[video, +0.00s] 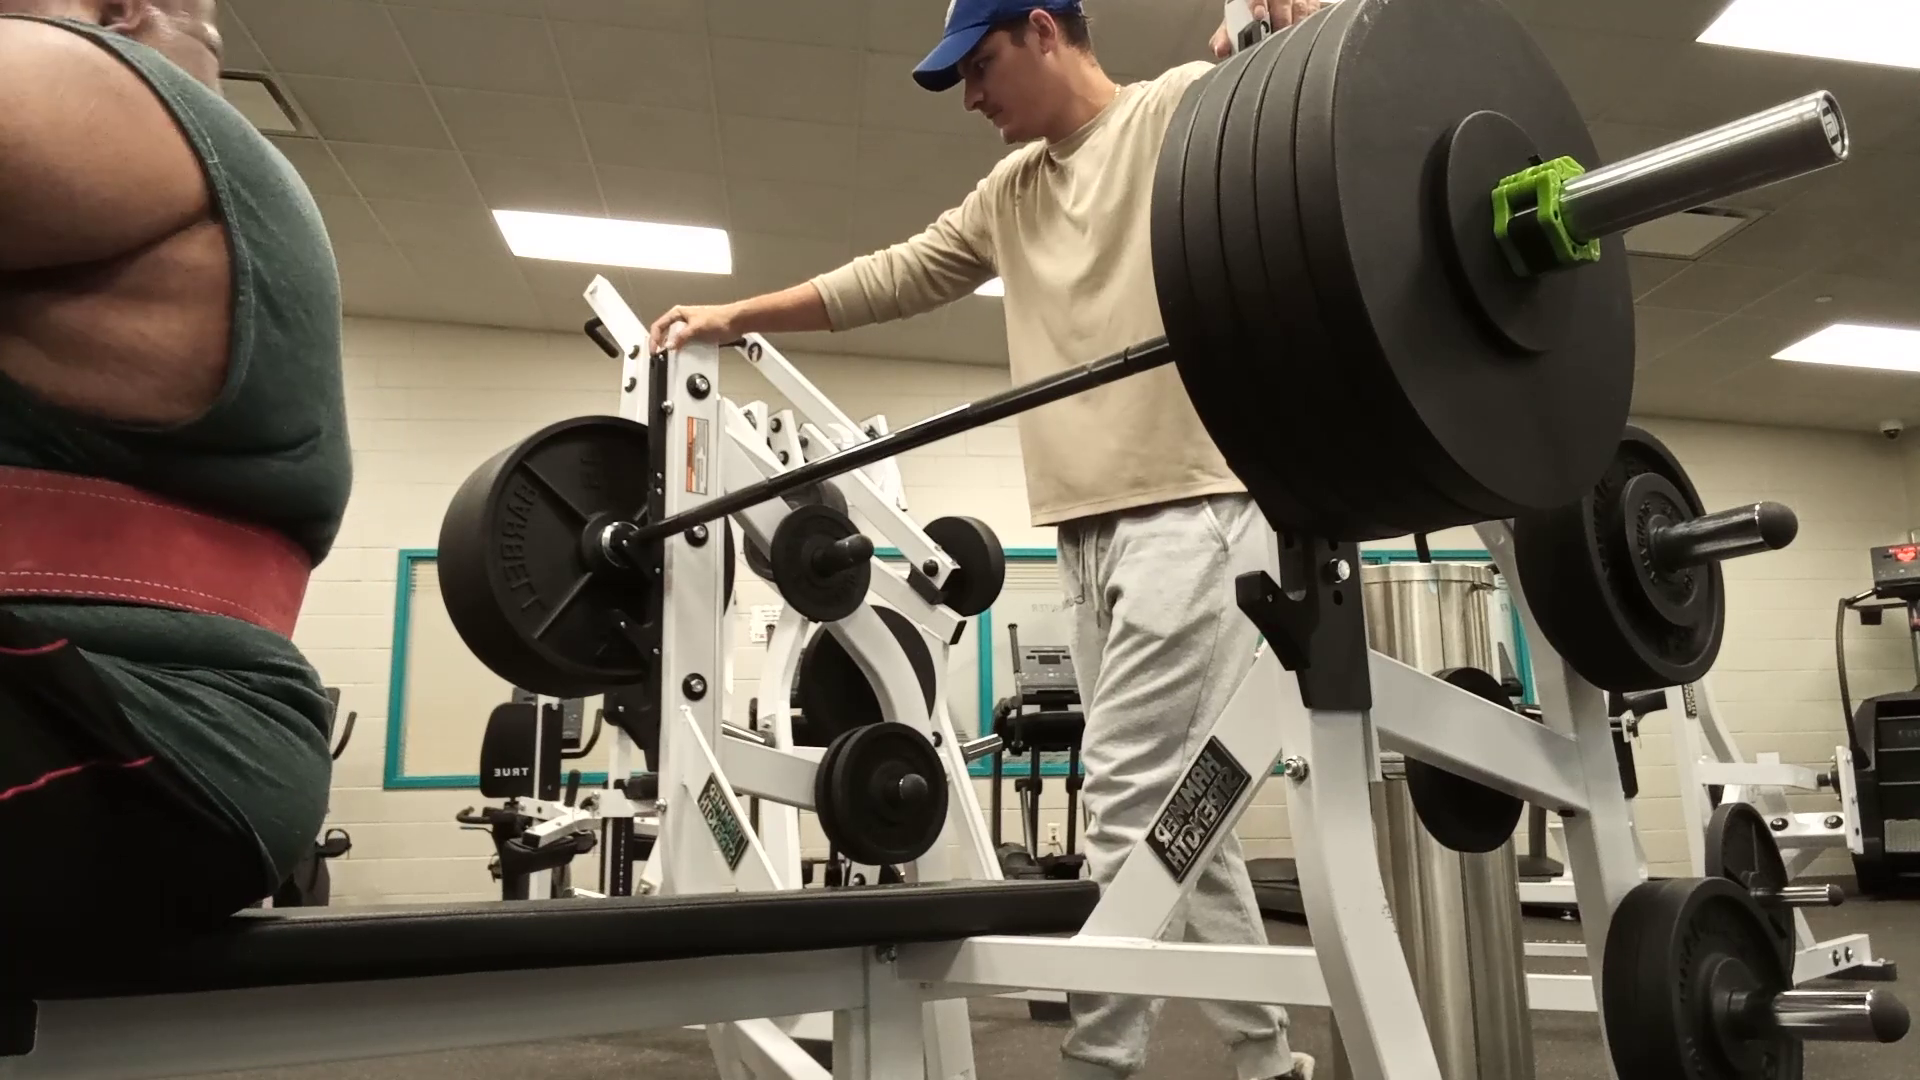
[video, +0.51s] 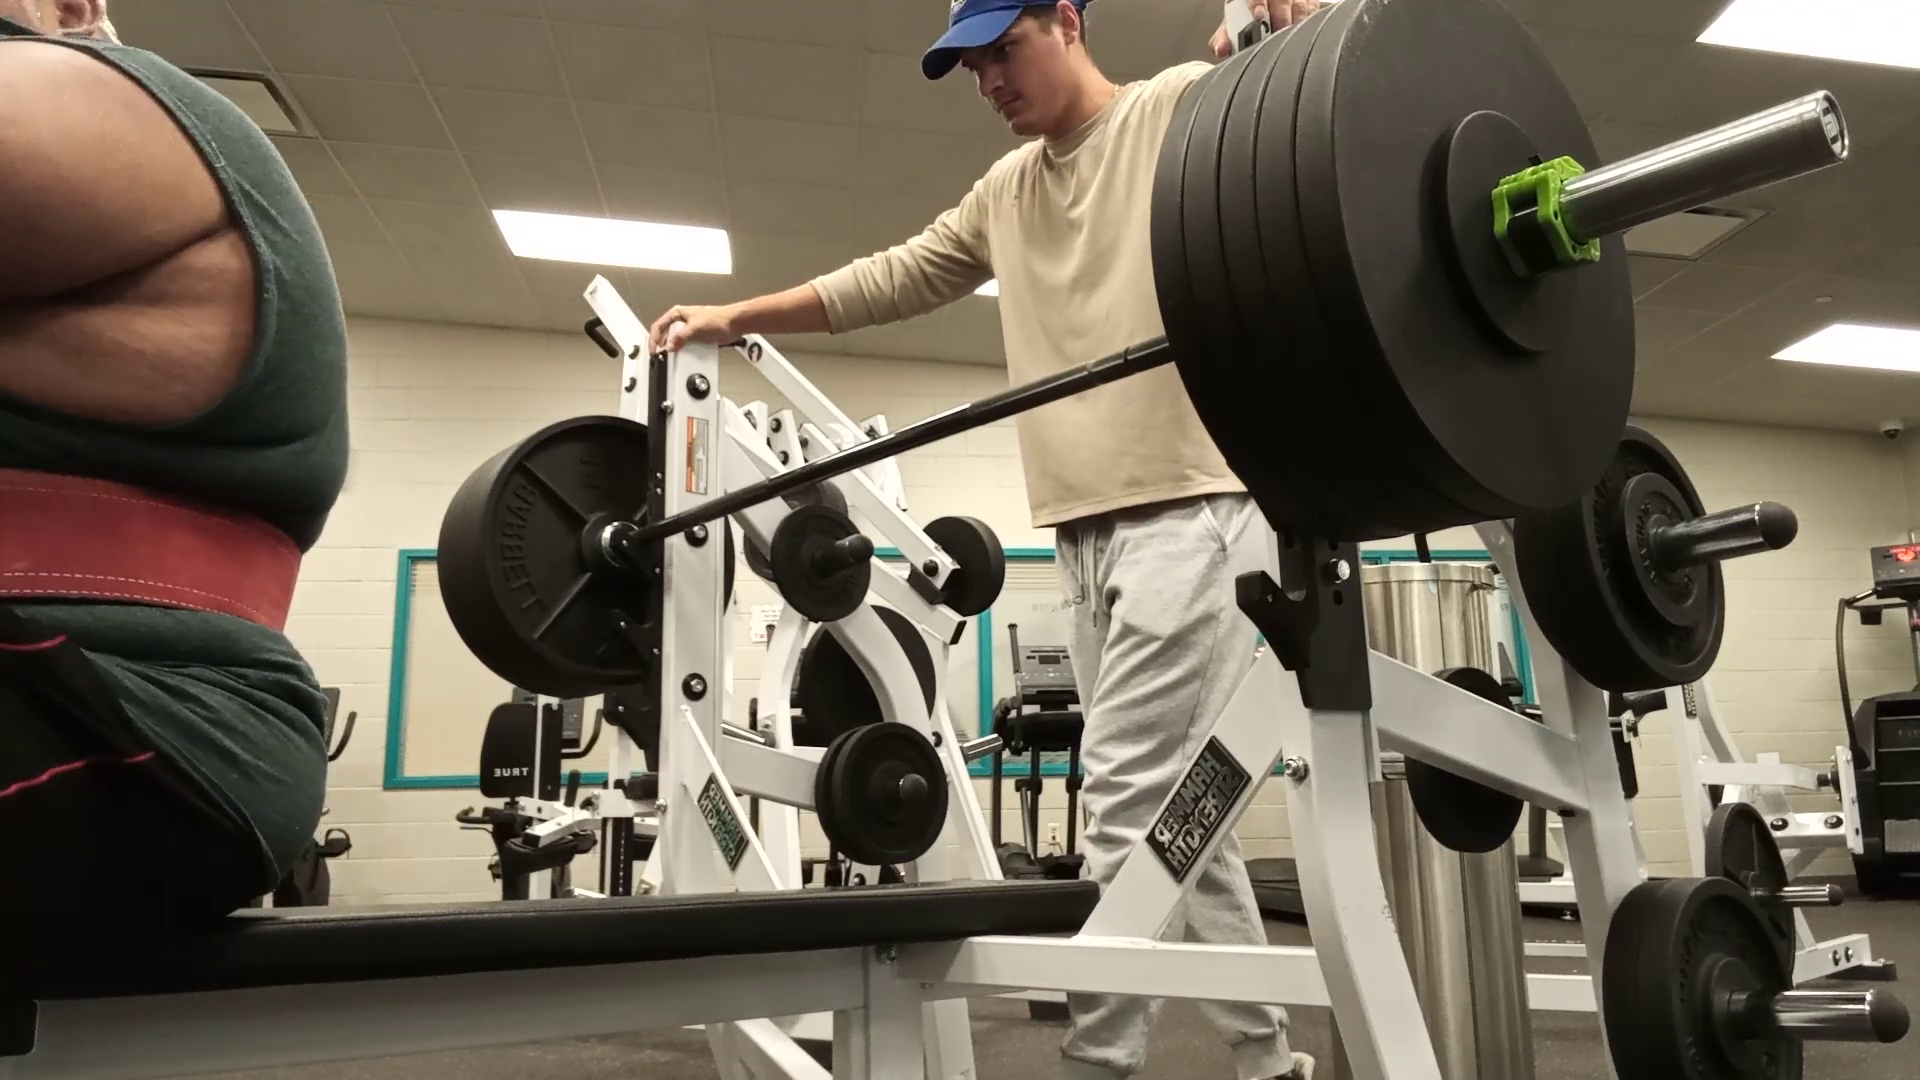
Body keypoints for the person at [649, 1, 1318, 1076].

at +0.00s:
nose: (973, 94)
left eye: (980, 67)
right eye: (964, 80)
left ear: (1046, 30)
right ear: (1027, 48)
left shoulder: (1179, 99)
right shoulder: (1007, 191)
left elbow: (1314, 111)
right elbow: (899, 274)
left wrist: (1292, 37)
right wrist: (736, 313)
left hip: (1197, 511)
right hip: (1087, 533)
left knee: (1123, 791)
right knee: (1172, 804)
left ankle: (1101, 1063)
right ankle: (1265, 1060)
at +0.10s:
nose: (966, 93)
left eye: (975, 64)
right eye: (957, 77)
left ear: (1042, 28)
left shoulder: (1177, 97)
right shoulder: (1004, 190)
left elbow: (1311, 119)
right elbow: (896, 274)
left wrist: (1291, 37)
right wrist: (735, 314)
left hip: (1195, 510)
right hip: (1086, 533)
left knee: (1123, 793)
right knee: (1175, 805)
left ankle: (1103, 1061)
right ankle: (1264, 1056)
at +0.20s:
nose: (968, 86)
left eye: (980, 57)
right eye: (958, 71)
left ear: (1048, 24)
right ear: (970, 80)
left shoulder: (1175, 98)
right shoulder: (1000, 192)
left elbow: (1306, 125)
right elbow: (892, 277)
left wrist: (1291, 40)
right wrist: (734, 314)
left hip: (1194, 508)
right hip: (1085, 531)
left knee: (1121, 788)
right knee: (1172, 803)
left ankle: (1099, 1063)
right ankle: (1266, 1059)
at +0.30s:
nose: (977, 84)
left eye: (989, 55)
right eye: (965, 70)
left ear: (1056, 23)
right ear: (971, 79)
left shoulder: (1177, 97)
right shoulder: (1003, 191)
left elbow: (1308, 115)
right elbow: (893, 277)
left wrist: (1292, 36)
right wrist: (735, 314)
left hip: (1195, 509)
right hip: (1085, 531)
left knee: (1120, 789)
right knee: (1174, 807)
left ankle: (1098, 1060)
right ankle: (1264, 1057)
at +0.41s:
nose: (983, 82)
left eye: (995, 53)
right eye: (970, 68)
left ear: (1061, 22)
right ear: (977, 76)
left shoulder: (1179, 97)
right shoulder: (1003, 192)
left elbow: (1307, 111)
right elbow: (891, 278)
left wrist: (1291, 37)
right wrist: (734, 314)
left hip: (1196, 509)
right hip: (1085, 532)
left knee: (1121, 789)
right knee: (1171, 804)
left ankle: (1100, 1064)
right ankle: (1266, 1060)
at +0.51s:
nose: (986, 81)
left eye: (998, 51)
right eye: (973, 65)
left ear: (1066, 23)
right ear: (979, 74)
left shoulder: (1180, 99)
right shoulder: (1003, 191)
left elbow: (1311, 111)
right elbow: (891, 278)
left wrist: (1292, 36)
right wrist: (734, 314)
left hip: (1197, 510)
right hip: (1086, 533)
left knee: (1122, 791)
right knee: (1172, 804)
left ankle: (1100, 1064)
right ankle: (1266, 1060)